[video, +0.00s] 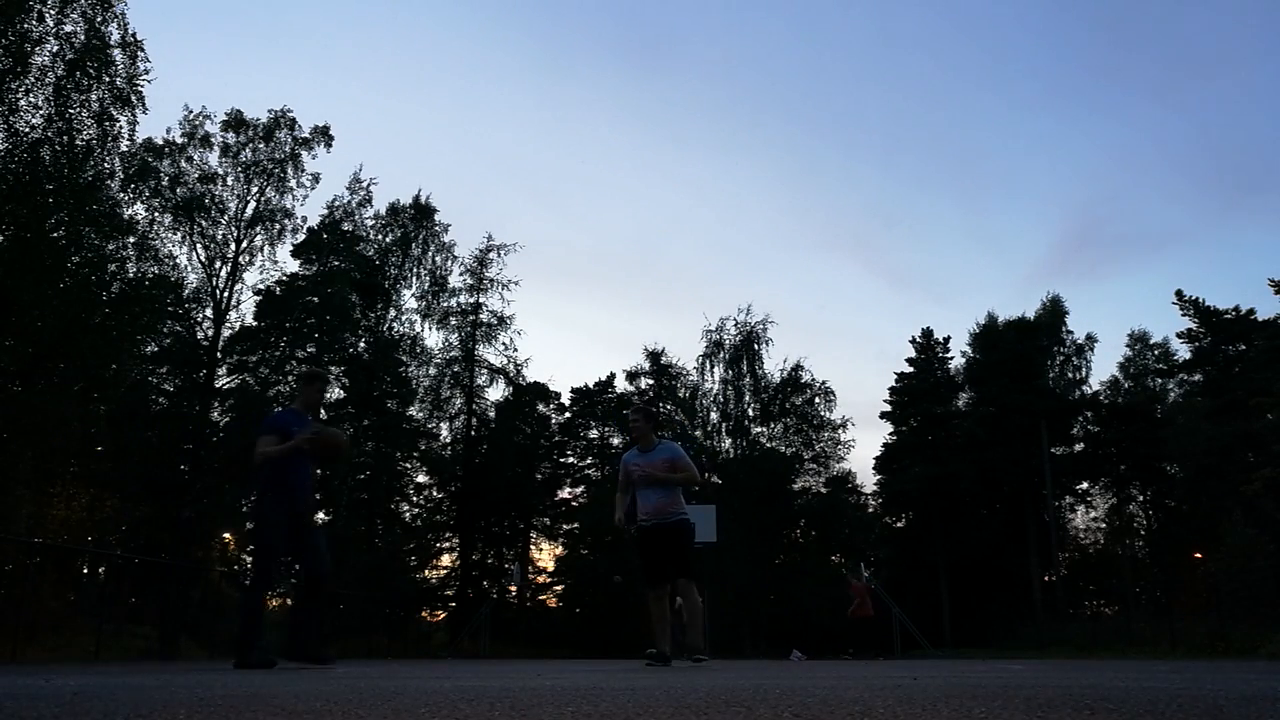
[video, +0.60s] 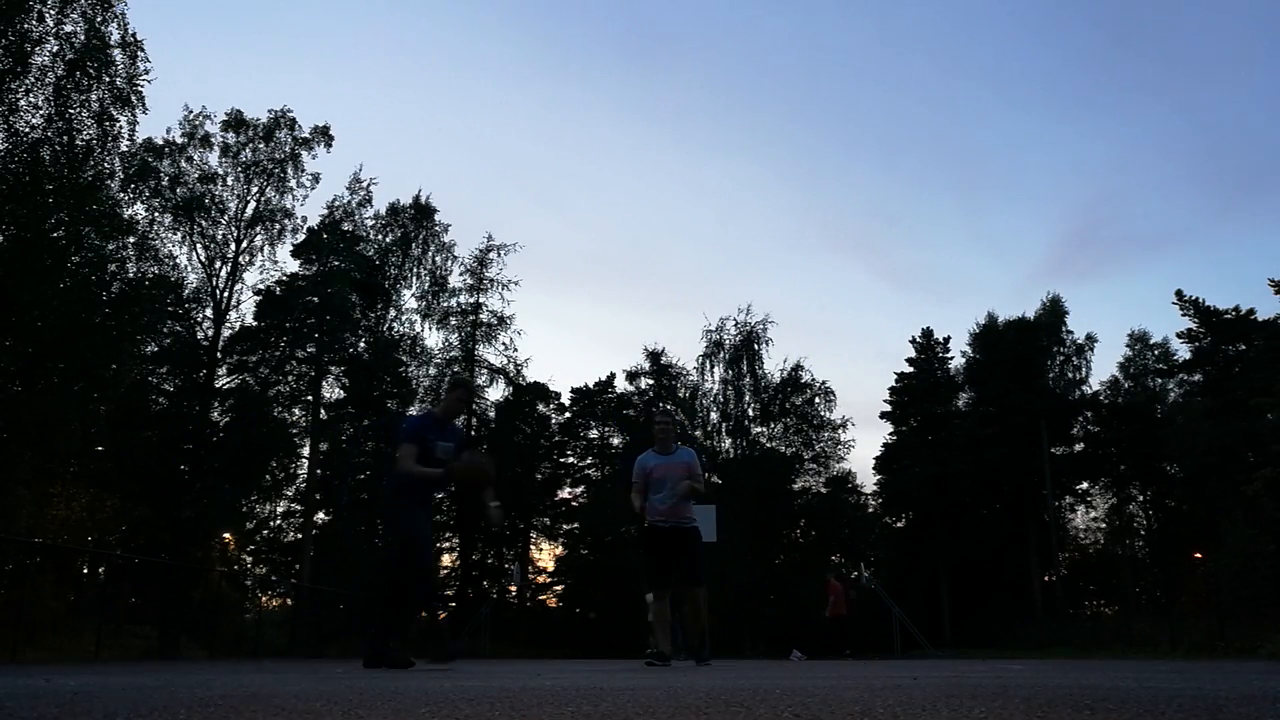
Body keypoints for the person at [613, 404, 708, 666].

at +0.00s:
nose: (632, 426)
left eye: (636, 422)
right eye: (630, 422)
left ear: (650, 424)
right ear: (631, 426)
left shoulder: (670, 449)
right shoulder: (628, 459)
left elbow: (693, 477)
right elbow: (623, 491)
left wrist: (659, 476)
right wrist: (620, 513)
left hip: (676, 525)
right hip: (647, 528)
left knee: (685, 585)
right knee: (656, 589)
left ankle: (696, 647)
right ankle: (662, 650)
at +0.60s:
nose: (662, 428)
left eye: (666, 424)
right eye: (659, 424)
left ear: (674, 428)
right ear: (653, 428)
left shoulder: (688, 455)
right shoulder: (644, 460)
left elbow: (701, 488)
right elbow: (636, 492)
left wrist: (688, 486)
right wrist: (640, 507)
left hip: (685, 529)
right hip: (656, 529)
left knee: (693, 589)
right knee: (659, 591)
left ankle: (699, 648)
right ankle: (663, 650)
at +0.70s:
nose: (671, 430)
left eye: (675, 426)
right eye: (667, 426)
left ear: (681, 430)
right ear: (660, 430)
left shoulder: (694, 457)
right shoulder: (650, 460)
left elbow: (711, 486)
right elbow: (635, 492)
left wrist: (702, 483)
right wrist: (649, 479)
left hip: (688, 530)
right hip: (659, 530)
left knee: (691, 590)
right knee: (661, 591)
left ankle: (693, 649)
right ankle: (663, 650)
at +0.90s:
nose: (684, 433)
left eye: (688, 429)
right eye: (680, 429)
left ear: (694, 433)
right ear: (673, 432)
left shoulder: (702, 459)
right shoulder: (661, 456)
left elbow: (725, 474)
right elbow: (642, 465)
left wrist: (725, 459)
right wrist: (650, 443)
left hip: (693, 532)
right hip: (665, 531)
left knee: (694, 592)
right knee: (663, 591)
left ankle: (694, 651)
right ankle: (663, 651)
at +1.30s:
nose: (687, 434)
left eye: (690, 430)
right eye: (683, 430)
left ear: (696, 435)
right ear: (674, 434)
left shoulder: (700, 458)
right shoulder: (665, 456)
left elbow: (719, 450)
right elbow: (646, 449)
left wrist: (735, 441)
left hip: (695, 530)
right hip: (666, 529)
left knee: (695, 589)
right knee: (665, 588)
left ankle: (698, 648)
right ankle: (665, 648)